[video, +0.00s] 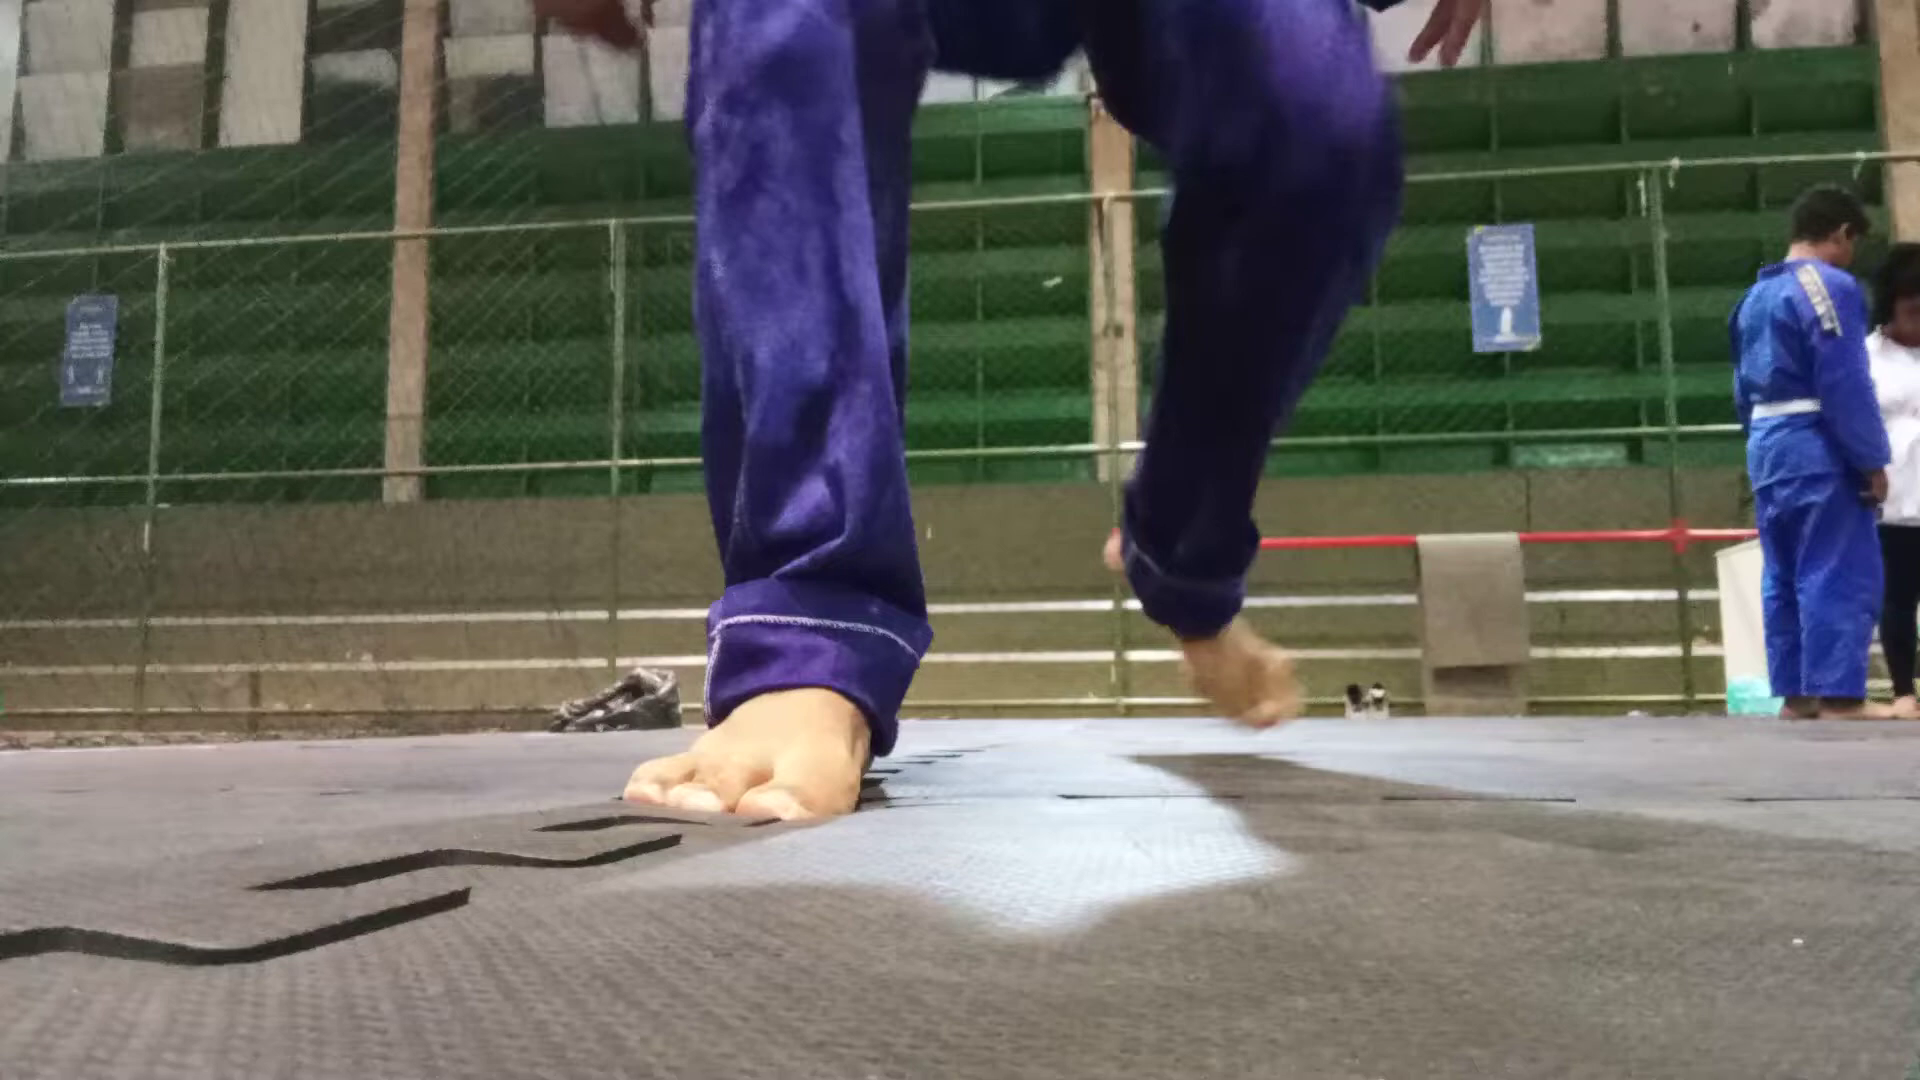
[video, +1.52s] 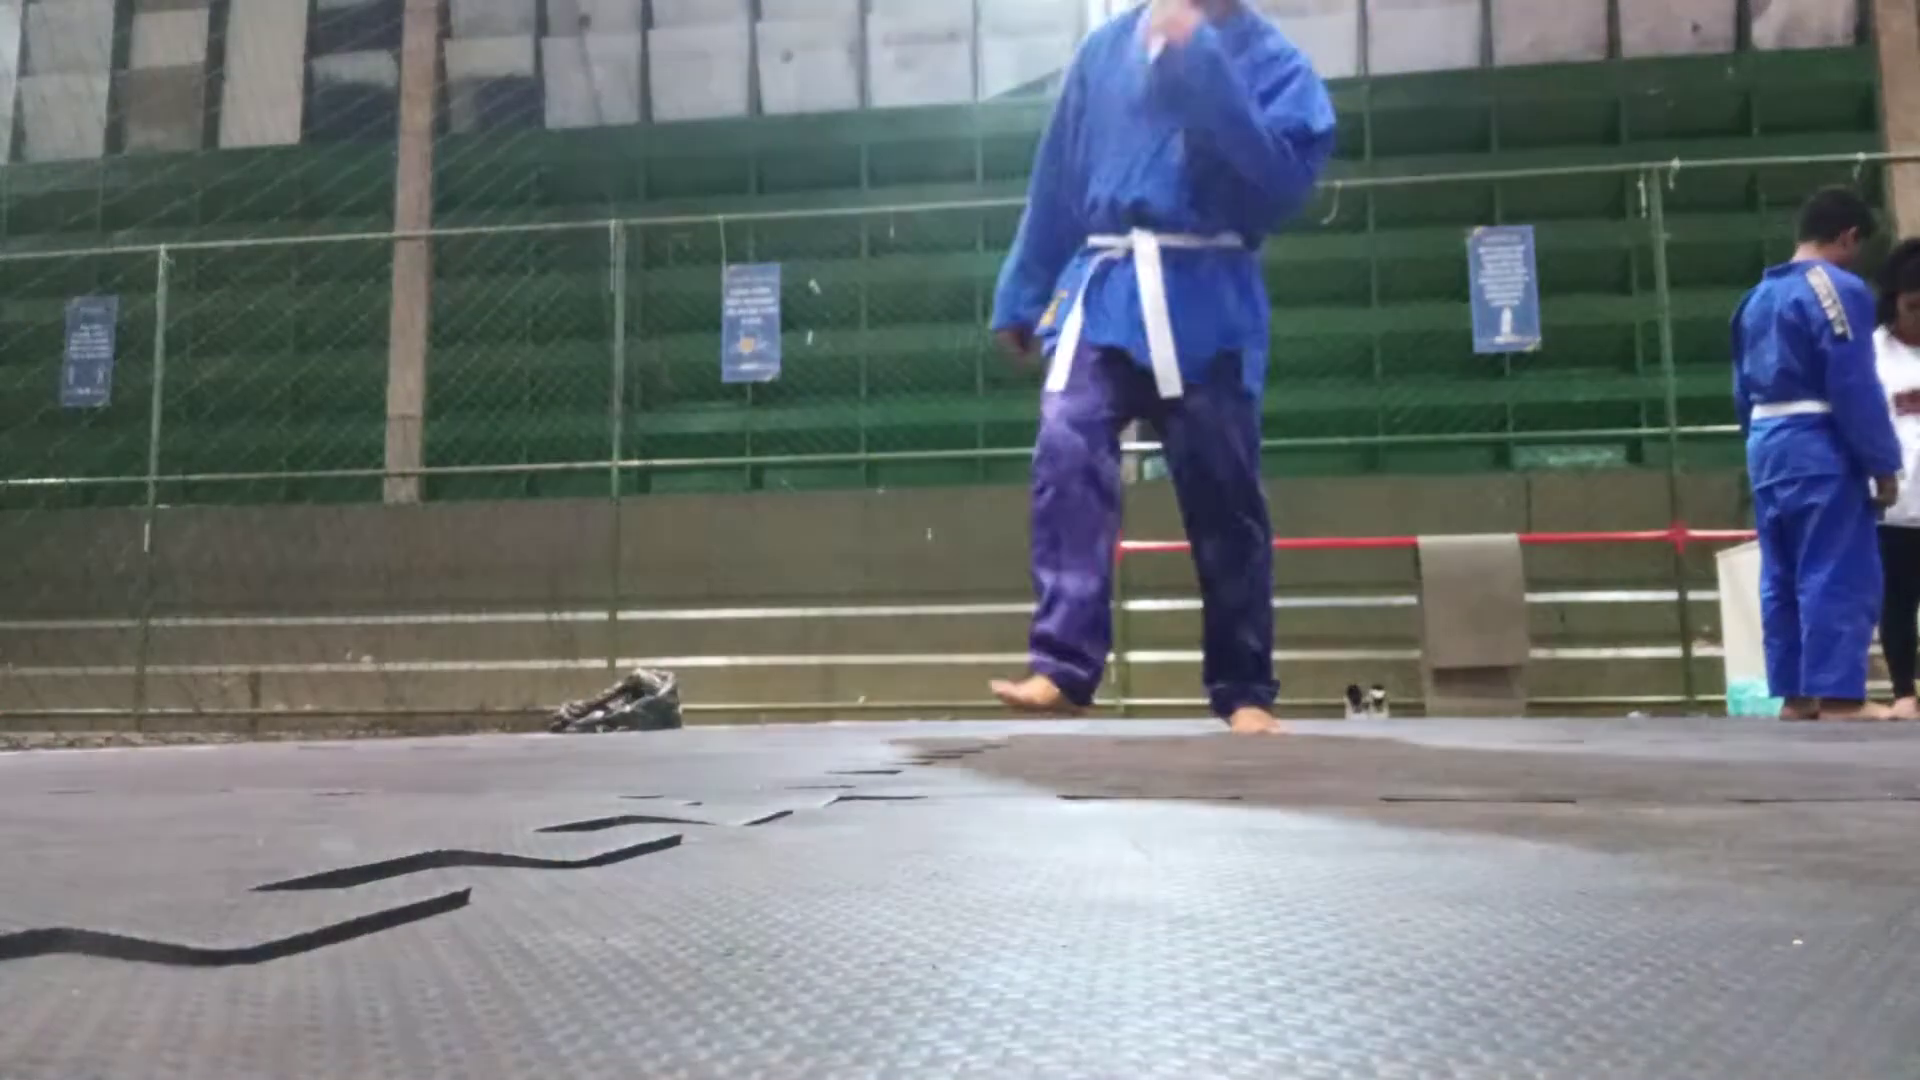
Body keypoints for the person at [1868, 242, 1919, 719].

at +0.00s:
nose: (1915, 319)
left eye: (1918, 309)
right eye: (1909, 309)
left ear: (1919, 310)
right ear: (1890, 309)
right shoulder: (1868, 353)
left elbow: (1858, 418)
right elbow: (1855, 416)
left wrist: (1868, 468)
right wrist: (1868, 471)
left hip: (1914, 498)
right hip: (1895, 497)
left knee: (1906, 602)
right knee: (1898, 603)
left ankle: (1907, 688)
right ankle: (1903, 690)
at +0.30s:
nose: (1914, 320)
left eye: (1918, 310)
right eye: (1907, 311)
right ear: (1890, 310)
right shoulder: (1869, 354)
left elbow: (1862, 415)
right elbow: (1859, 413)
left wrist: (1871, 467)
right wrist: (1871, 469)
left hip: (1913, 496)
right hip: (1895, 496)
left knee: (1906, 603)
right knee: (1898, 604)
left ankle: (1908, 689)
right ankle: (1904, 690)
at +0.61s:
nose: (1914, 319)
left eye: (1918, 310)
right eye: (1907, 310)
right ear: (1888, 309)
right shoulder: (1869, 353)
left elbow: (1861, 417)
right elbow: (1858, 415)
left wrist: (1871, 465)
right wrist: (1871, 468)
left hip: (1913, 493)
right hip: (1895, 493)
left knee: (1906, 601)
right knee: (1898, 601)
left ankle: (1908, 688)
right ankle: (1904, 690)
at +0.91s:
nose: (1913, 315)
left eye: (1916, 306)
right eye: (1906, 306)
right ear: (1888, 306)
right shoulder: (1871, 351)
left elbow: (1867, 419)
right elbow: (1862, 417)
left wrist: (1873, 467)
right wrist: (1874, 468)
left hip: (1908, 496)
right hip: (1897, 496)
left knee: (1906, 604)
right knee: (1898, 604)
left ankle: (1907, 688)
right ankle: (1904, 689)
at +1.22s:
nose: (1915, 315)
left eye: (1918, 306)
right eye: (1909, 306)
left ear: (1919, 307)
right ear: (1891, 305)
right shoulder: (1872, 349)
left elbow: (1863, 412)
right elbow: (1858, 412)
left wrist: (1874, 463)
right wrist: (1874, 466)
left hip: (1911, 495)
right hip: (1895, 495)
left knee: (1906, 603)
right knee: (1898, 603)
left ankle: (1907, 688)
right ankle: (1903, 689)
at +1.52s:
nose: (1917, 315)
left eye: (1919, 305)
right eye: (1911, 305)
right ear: (1893, 305)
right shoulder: (1871, 350)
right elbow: (1854, 408)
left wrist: (1898, 401)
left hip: (1913, 499)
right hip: (1894, 500)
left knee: (1907, 604)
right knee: (1898, 604)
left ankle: (1908, 689)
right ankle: (1904, 690)